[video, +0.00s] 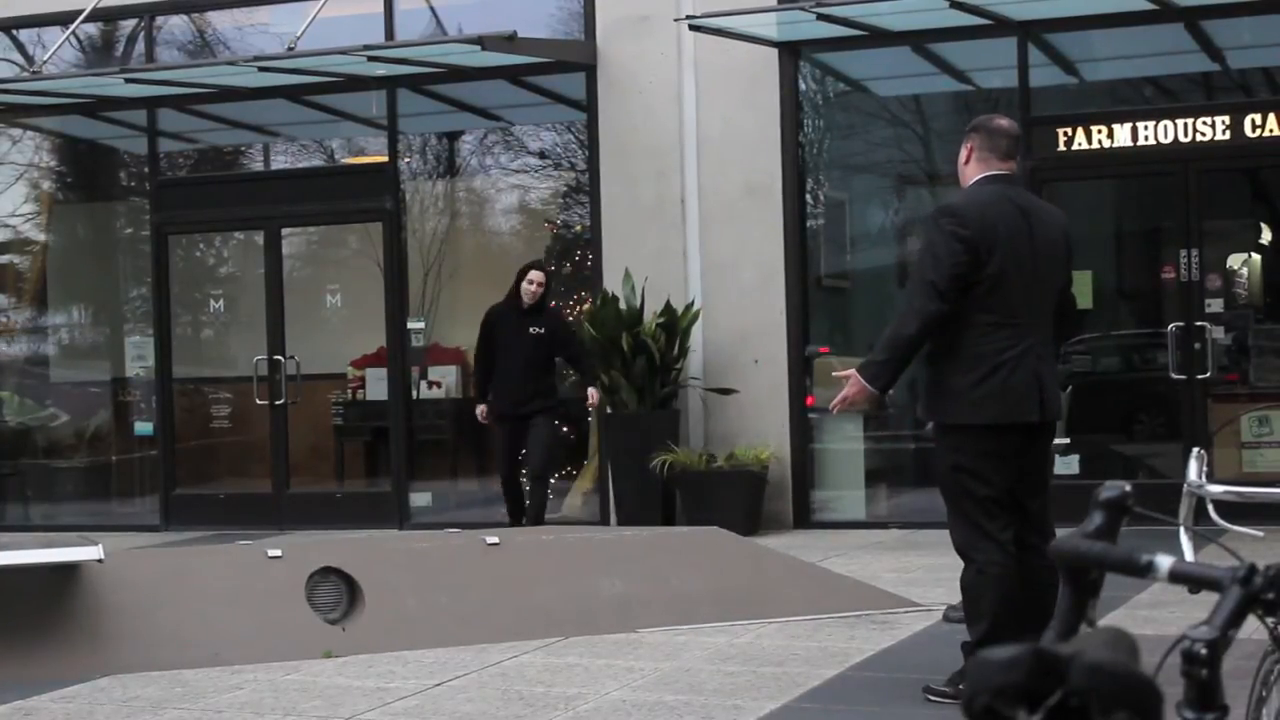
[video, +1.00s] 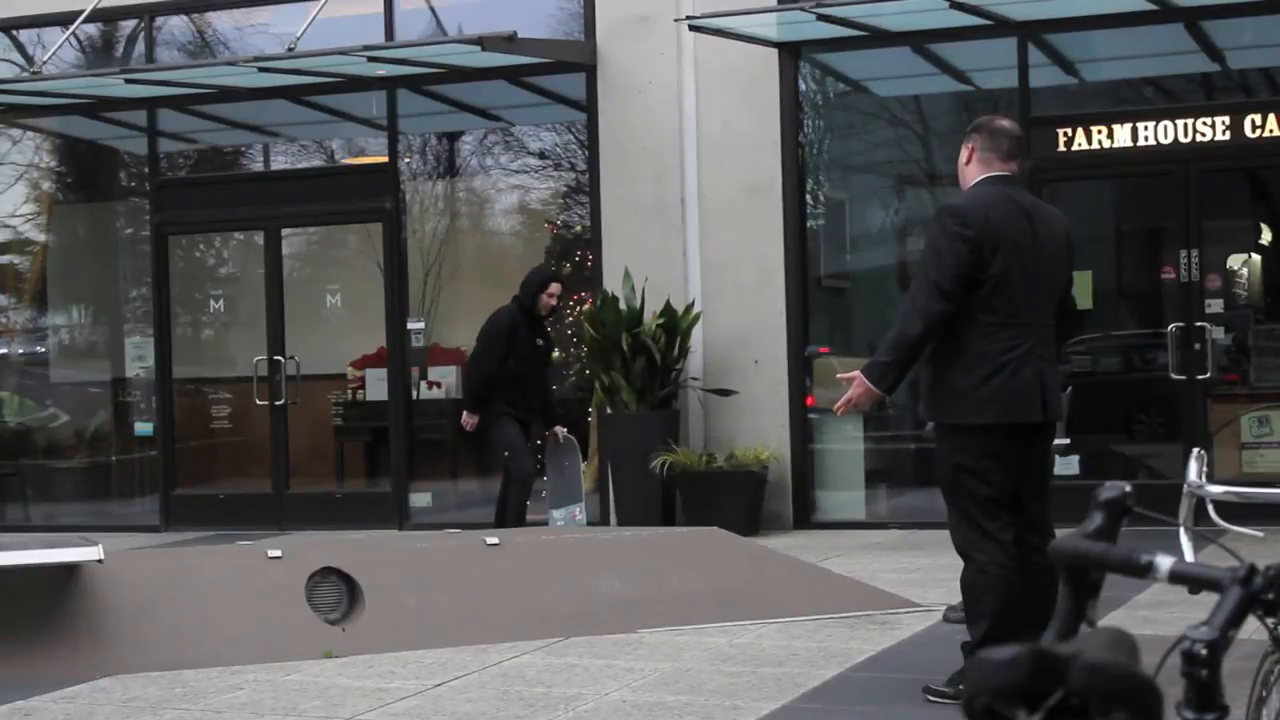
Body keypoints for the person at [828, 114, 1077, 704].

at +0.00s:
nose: (957, 164)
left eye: (959, 156)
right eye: (961, 156)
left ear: (968, 154)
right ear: (1018, 161)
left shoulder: (958, 216)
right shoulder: (1049, 220)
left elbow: (924, 308)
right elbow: (1066, 315)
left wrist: (874, 375)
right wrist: (1024, 352)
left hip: (971, 408)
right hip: (1034, 406)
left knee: (982, 540)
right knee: (1029, 534)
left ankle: (987, 674)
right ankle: (1032, 667)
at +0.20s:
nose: (958, 164)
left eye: (961, 156)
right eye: (963, 156)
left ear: (971, 154)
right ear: (1020, 161)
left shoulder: (960, 215)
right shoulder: (1051, 220)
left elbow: (924, 306)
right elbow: (1067, 316)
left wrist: (874, 374)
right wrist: (1026, 354)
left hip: (971, 407)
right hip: (1034, 407)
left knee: (982, 541)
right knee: (1030, 534)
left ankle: (987, 673)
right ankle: (1034, 667)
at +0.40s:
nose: (960, 165)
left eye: (962, 156)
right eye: (964, 157)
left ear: (972, 154)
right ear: (1020, 161)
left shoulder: (963, 214)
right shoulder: (1052, 220)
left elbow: (927, 304)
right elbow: (1067, 314)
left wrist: (876, 373)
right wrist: (1027, 352)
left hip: (972, 405)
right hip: (1034, 404)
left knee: (983, 538)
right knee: (1029, 531)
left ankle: (988, 673)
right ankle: (1033, 665)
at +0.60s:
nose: (959, 165)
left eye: (961, 157)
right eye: (963, 158)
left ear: (972, 155)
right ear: (1021, 162)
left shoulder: (964, 214)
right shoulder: (1052, 220)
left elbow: (927, 305)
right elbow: (1067, 314)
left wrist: (876, 374)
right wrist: (1027, 352)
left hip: (972, 405)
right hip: (1034, 405)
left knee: (983, 539)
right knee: (1029, 532)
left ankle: (988, 673)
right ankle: (1033, 665)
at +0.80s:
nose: (958, 166)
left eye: (960, 157)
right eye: (962, 158)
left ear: (971, 155)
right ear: (1021, 163)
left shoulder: (963, 215)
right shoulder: (1051, 220)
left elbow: (928, 307)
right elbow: (1067, 314)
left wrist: (878, 375)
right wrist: (1027, 352)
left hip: (972, 406)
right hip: (1034, 406)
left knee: (982, 538)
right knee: (1029, 532)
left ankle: (987, 674)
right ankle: (1032, 666)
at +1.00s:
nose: (957, 168)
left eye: (959, 159)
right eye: (961, 159)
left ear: (970, 157)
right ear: (1020, 163)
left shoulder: (963, 216)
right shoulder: (1050, 221)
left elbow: (928, 308)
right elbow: (1067, 314)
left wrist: (878, 376)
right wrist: (1025, 353)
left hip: (972, 407)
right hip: (1033, 406)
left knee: (982, 538)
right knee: (1029, 532)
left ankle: (987, 674)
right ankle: (1030, 666)